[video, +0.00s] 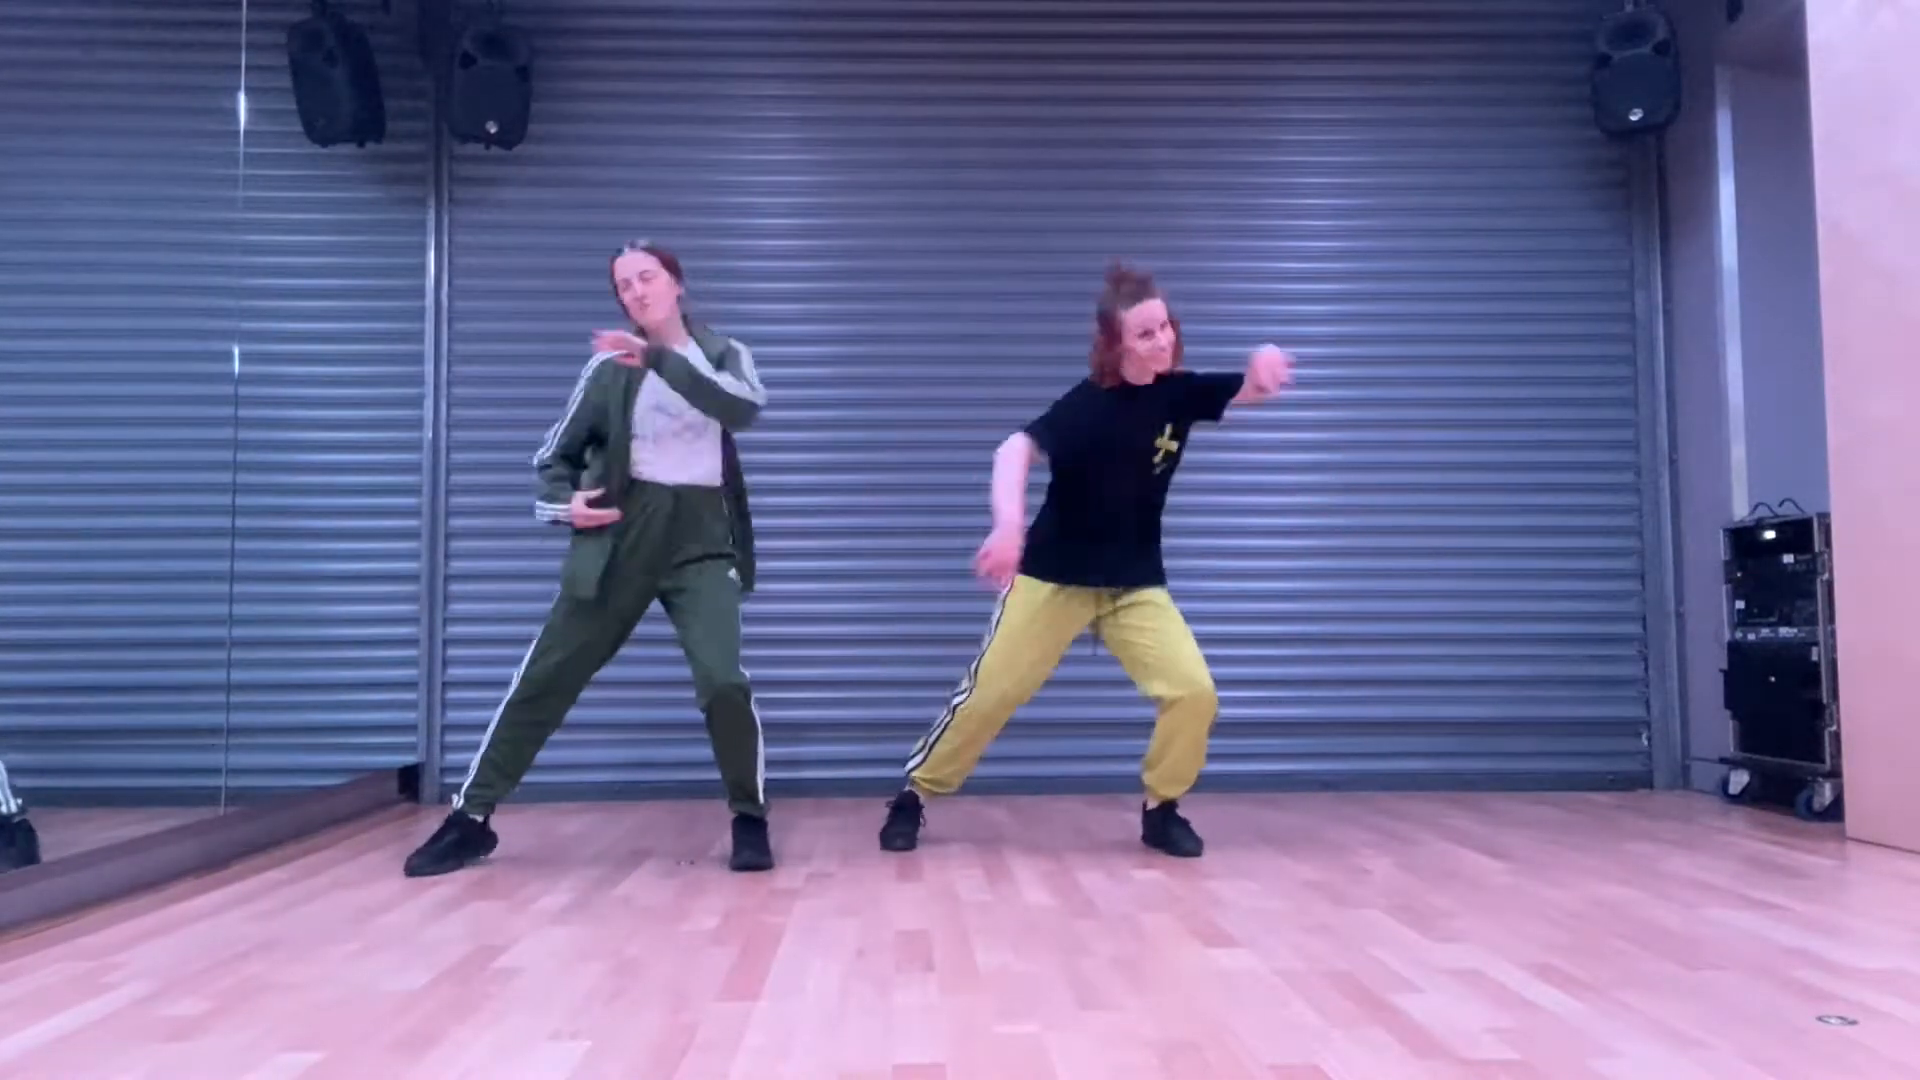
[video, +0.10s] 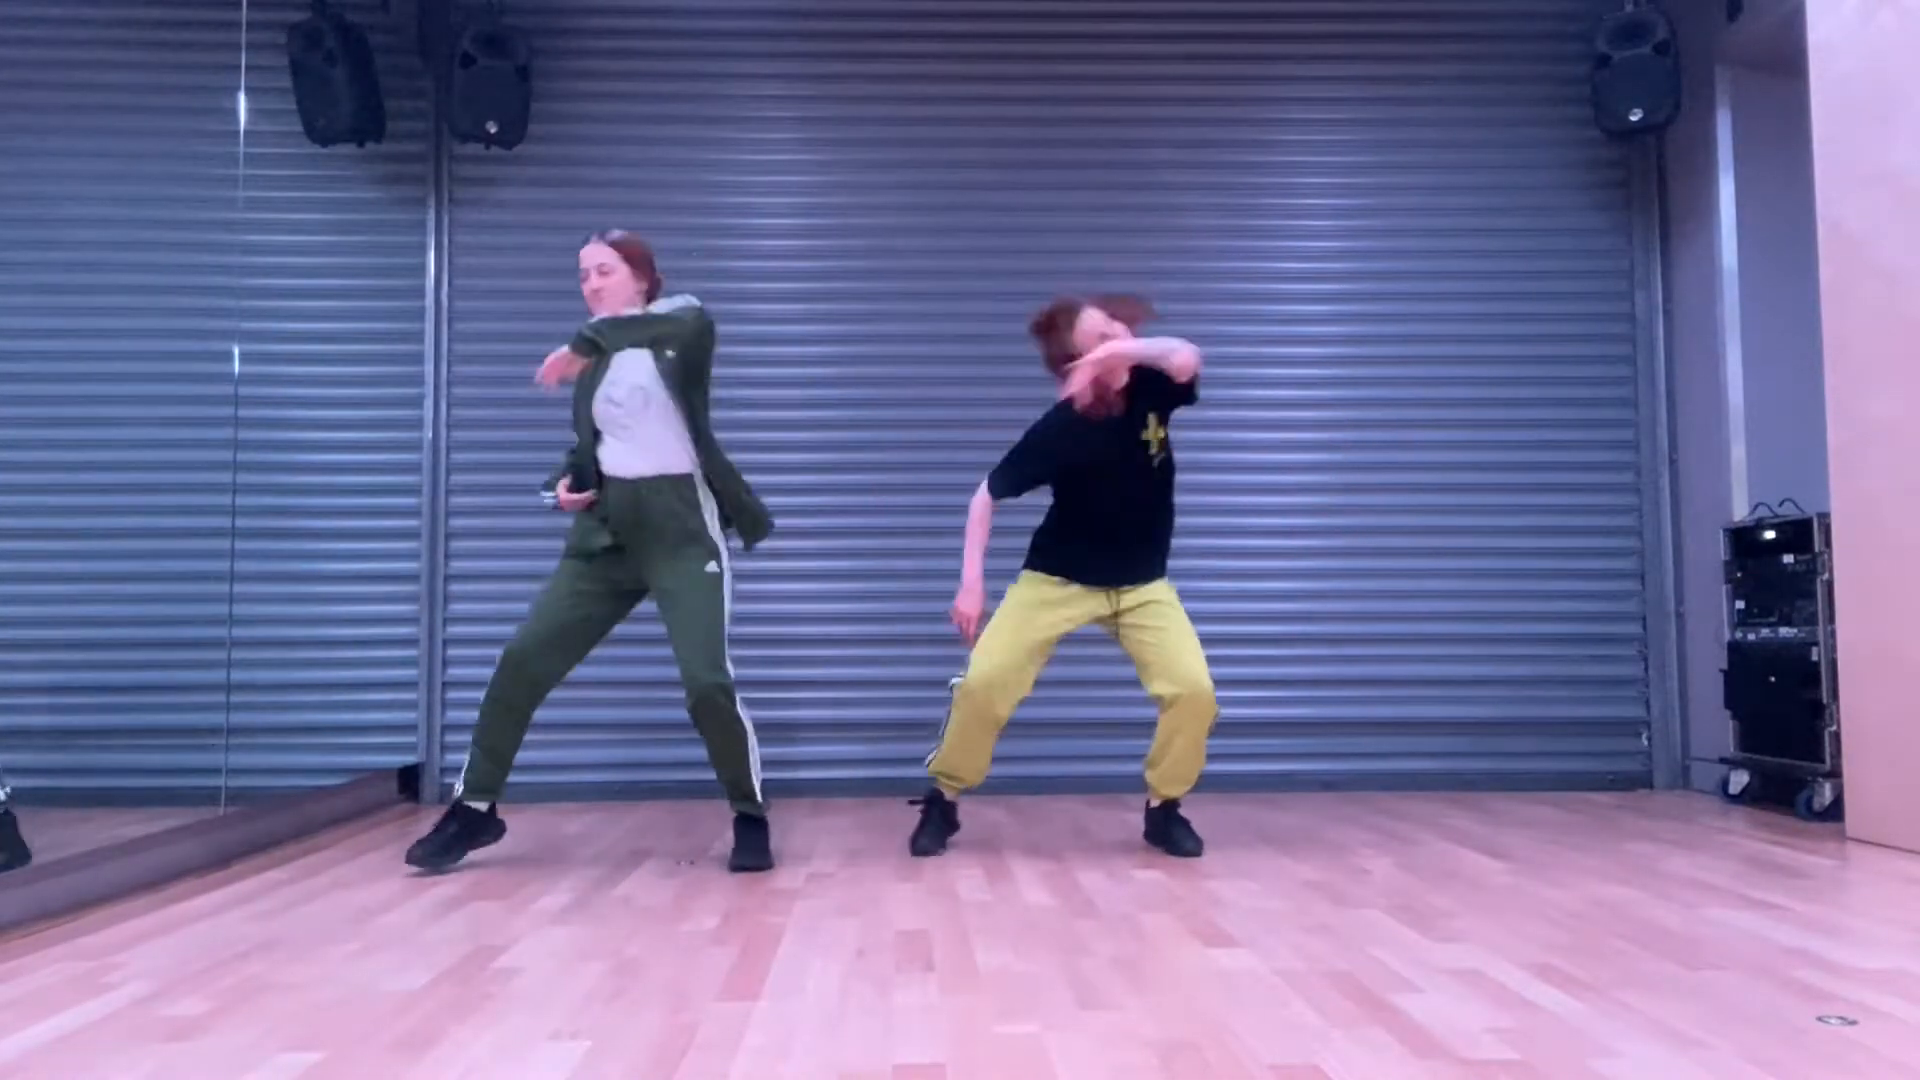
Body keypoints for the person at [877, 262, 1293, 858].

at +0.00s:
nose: (1162, 342)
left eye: (1165, 327)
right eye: (1145, 334)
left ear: (1174, 328)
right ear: (1115, 343)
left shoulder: (1181, 393)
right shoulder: (1089, 403)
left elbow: (1251, 390)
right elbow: (1014, 451)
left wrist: (1263, 368)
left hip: (1136, 586)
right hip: (1053, 583)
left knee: (1194, 693)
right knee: (991, 696)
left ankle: (1161, 810)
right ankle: (912, 797)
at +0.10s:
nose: (1121, 340)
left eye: (1117, 329)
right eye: (1102, 340)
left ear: (1127, 335)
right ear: (1078, 367)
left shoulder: (1154, 395)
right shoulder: (1062, 429)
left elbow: (1185, 358)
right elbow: (985, 496)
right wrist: (971, 585)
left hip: (1143, 586)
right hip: (1055, 584)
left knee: (1193, 692)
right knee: (983, 683)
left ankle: (1164, 810)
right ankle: (941, 803)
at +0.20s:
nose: (1005, 347)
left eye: (1006, 336)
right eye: (993, 355)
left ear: (1036, 336)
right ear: (1003, 384)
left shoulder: (1107, 376)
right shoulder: (1018, 444)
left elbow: (1049, 414)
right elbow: (1015, 531)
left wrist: (969, 441)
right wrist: (1015, 602)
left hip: (1143, 578)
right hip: (1058, 579)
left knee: (1187, 694)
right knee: (984, 673)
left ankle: (1173, 808)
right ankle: (980, 816)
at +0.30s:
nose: (946, 352)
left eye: (956, 343)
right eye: (950, 343)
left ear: (986, 357)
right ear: (990, 360)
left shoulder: (1039, 394)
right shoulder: (1011, 411)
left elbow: (981, 475)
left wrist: (927, 532)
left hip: (1123, 579)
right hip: (1051, 577)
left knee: (1145, 709)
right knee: (971, 668)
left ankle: (1188, 803)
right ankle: (985, 817)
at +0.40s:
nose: (938, 332)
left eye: (950, 326)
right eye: (944, 322)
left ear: (979, 344)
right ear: (986, 347)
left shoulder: (995, 399)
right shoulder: (989, 399)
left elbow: (999, 500)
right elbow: (1020, 506)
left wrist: (1002, 573)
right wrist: (986, 562)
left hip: (1079, 586)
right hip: (1028, 583)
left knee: (1087, 739)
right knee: (955, 674)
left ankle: (1207, 790)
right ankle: (985, 818)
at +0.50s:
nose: (943, 331)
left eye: (953, 320)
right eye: (944, 319)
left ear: (987, 324)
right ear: (971, 323)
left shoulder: (1001, 375)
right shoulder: (981, 382)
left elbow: (1041, 457)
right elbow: (967, 500)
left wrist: (1088, 532)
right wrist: (911, 473)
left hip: (1021, 569)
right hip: (991, 570)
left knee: (1032, 718)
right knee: (942, 675)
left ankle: (1179, 761)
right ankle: (984, 818)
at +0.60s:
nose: (941, 298)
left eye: (948, 286)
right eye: (940, 287)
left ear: (981, 282)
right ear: (964, 285)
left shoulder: (1012, 323)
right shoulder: (978, 361)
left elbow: (1059, 371)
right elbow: (914, 415)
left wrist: (1085, 441)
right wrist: (882, 339)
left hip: (1008, 524)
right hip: (993, 527)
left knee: (955, 651)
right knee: (962, 662)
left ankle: (1099, 690)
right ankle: (985, 817)